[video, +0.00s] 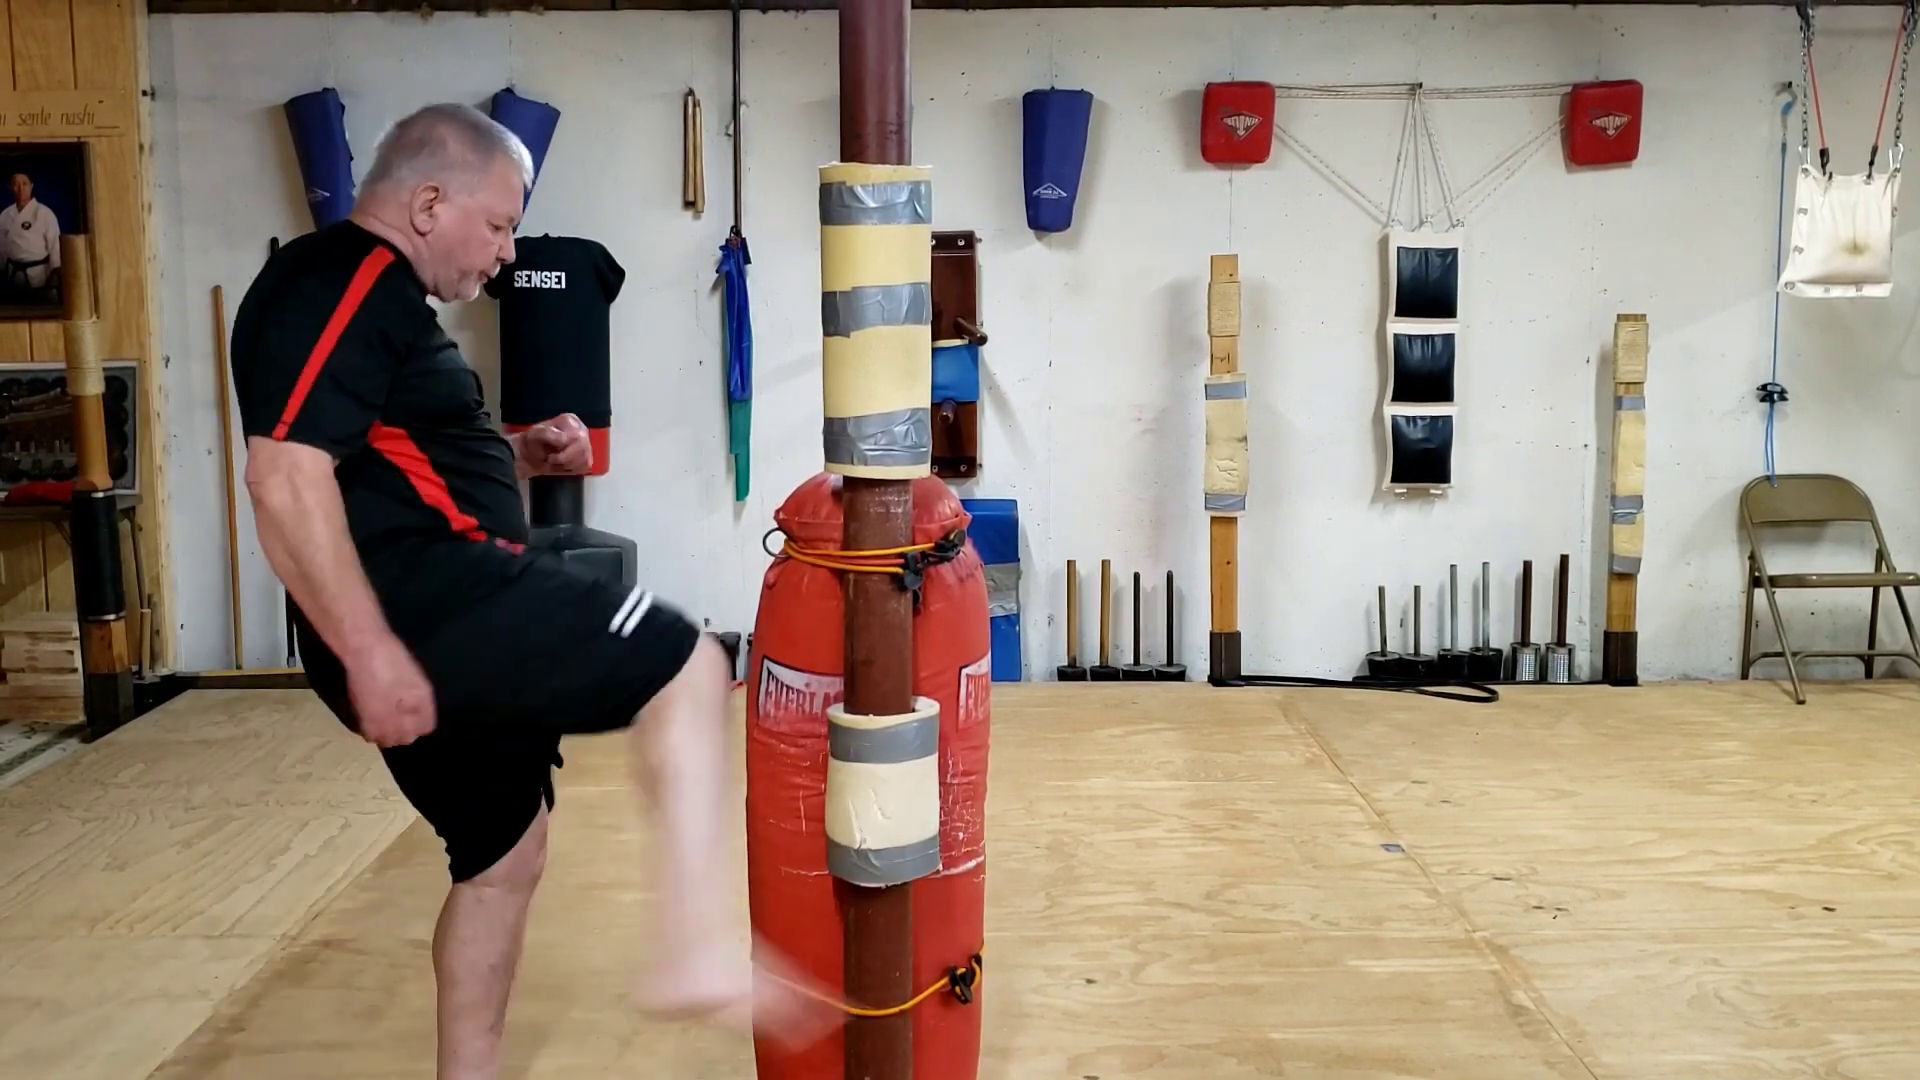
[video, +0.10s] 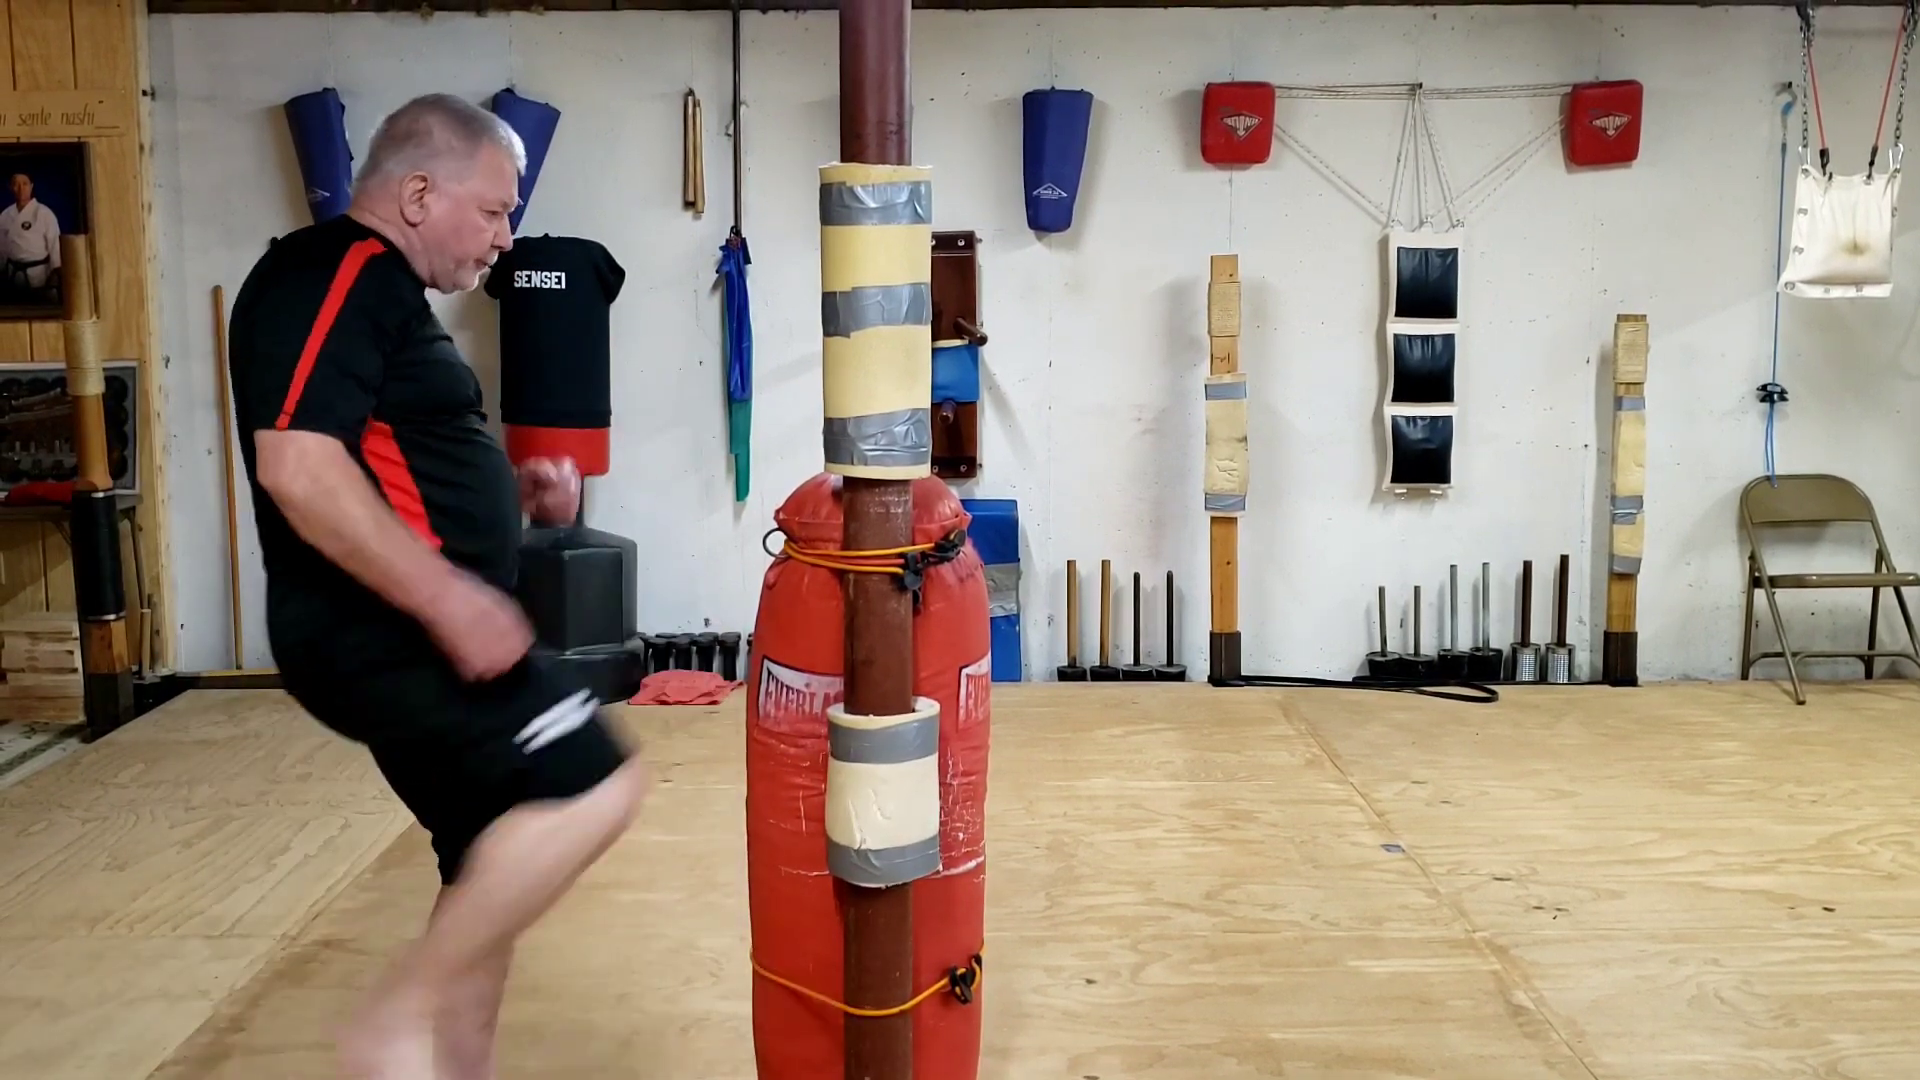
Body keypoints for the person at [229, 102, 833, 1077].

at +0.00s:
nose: (507, 255)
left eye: (512, 232)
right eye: (500, 227)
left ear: (423, 210)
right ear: (426, 206)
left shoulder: (375, 289)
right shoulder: (349, 277)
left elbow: (388, 463)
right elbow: (284, 470)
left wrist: (517, 451)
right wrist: (371, 651)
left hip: (387, 621)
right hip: (428, 595)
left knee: (501, 847)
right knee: (687, 663)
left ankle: (465, 1069)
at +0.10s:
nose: (505, 241)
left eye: (508, 218)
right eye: (494, 213)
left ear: (415, 203)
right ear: (416, 197)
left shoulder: (373, 280)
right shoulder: (339, 270)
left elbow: (388, 463)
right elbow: (296, 462)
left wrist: (512, 491)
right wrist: (447, 595)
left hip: (404, 625)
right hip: (373, 628)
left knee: (490, 860)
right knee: (596, 778)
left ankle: (463, 1061)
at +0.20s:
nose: (501, 242)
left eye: (505, 221)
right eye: (492, 214)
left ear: (415, 200)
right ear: (411, 194)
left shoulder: (393, 301)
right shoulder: (317, 270)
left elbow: (402, 476)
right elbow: (308, 454)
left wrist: (504, 534)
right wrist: (511, 490)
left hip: (438, 639)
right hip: (341, 647)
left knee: (505, 851)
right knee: (407, 898)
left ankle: (466, 1074)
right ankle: (213, 1068)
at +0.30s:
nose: (483, 255)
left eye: (489, 232)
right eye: (468, 229)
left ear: (394, 223)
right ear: (382, 215)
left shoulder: (385, 320)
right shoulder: (281, 289)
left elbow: (366, 506)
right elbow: (329, 467)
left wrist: (471, 569)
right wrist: (514, 421)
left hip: (421, 679)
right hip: (288, 699)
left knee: (509, 865)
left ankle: (465, 1074)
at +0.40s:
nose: (450, 272)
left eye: (455, 247)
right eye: (428, 248)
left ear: (351, 244)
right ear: (341, 241)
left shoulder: (395, 329)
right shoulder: (237, 315)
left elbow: (387, 489)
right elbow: (310, 495)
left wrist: (462, 564)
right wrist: (493, 425)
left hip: (399, 673)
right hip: (252, 694)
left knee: (511, 860)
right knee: (201, 955)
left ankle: (466, 1073)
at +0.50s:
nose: (433, 261)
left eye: (438, 236)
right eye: (411, 237)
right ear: (321, 231)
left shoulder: (399, 313)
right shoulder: (212, 310)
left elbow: (410, 467)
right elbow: (197, 515)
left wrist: (478, 465)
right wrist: (416, 509)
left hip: (391, 665)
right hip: (240, 690)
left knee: (489, 861)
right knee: (194, 948)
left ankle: (463, 1074)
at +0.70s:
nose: (463, 271)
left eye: (467, 248)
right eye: (446, 247)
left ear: (369, 241)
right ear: (358, 240)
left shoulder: (415, 317)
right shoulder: (227, 325)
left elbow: (540, 380)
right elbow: (94, 498)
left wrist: (665, 366)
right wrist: (214, 659)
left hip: (380, 683)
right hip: (256, 702)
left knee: (480, 855)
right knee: (216, 962)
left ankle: (461, 1075)